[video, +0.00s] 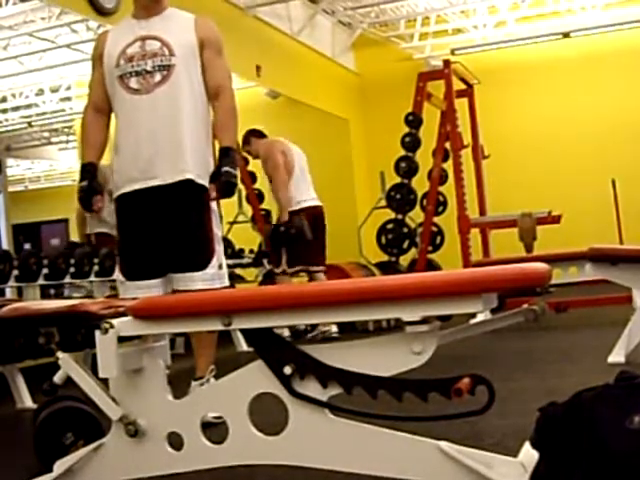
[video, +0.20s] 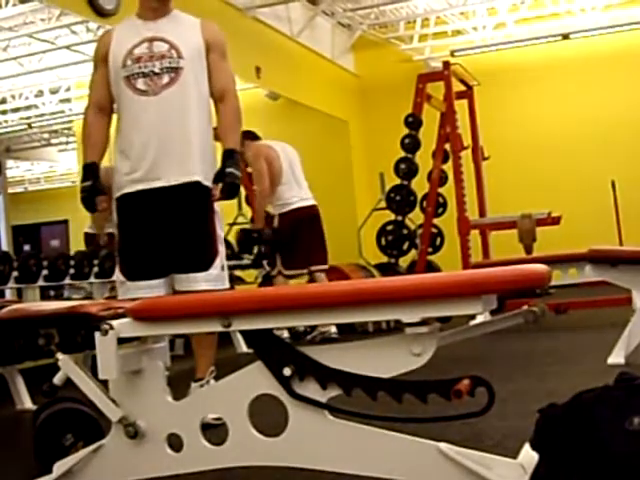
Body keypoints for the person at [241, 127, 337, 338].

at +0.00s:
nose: (252, 155)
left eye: (249, 151)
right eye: (249, 153)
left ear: (252, 141)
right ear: (261, 135)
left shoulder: (269, 147)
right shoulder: (291, 147)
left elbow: (279, 177)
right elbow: (302, 179)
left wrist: (283, 212)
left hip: (295, 212)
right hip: (314, 208)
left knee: (282, 272)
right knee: (317, 269)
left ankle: (287, 321)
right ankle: (327, 320)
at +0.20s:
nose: (241, 156)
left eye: (239, 151)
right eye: (239, 153)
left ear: (243, 144)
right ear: (255, 137)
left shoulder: (255, 150)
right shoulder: (285, 148)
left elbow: (263, 189)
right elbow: (296, 181)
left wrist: (258, 223)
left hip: (287, 213)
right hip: (310, 208)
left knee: (279, 273)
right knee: (318, 271)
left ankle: (281, 325)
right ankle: (327, 321)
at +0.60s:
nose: (225, 156)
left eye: (225, 151)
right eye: (224, 151)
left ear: (230, 144)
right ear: (238, 138)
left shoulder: (248, 156)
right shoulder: (272, 151)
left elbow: (261, 181)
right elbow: (286, 178)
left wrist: (255, 201)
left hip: (277, 212)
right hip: (299, 206)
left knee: (272, 275)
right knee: (311, 270)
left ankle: (278, 326)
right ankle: (325, 321)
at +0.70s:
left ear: (226, 147)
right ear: (240, 139)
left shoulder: (238, 161)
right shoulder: (266, 152)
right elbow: (281, 177)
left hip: (272, 211)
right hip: (295, 203)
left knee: (272, 275)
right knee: (308, 268)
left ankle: (277, 326)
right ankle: (323, 321)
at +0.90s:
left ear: (219, 146)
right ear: (233, 140)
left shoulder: (227, 160)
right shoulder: (254, 153)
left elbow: (224, 202)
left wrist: (222, 229)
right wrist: (255, 211)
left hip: (267, 211)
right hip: (291, 202)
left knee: (271, 276)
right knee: (305, 269)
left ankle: (277, 326)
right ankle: (321, 321)